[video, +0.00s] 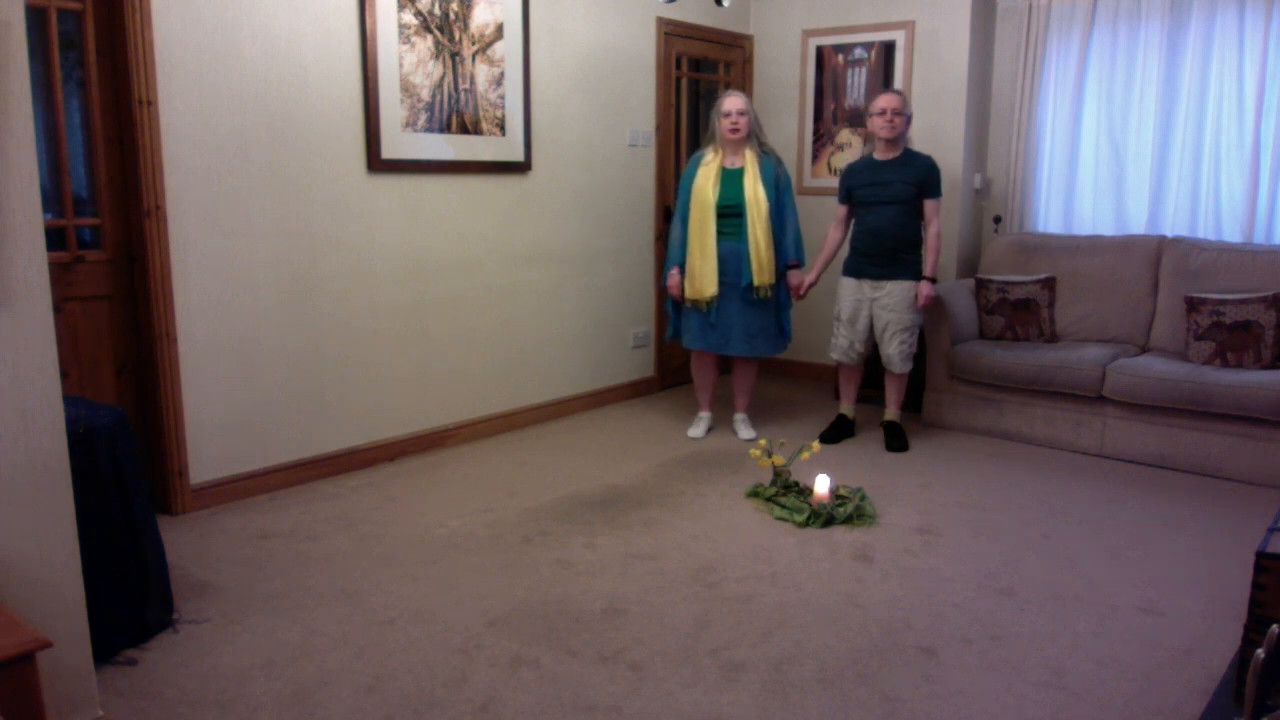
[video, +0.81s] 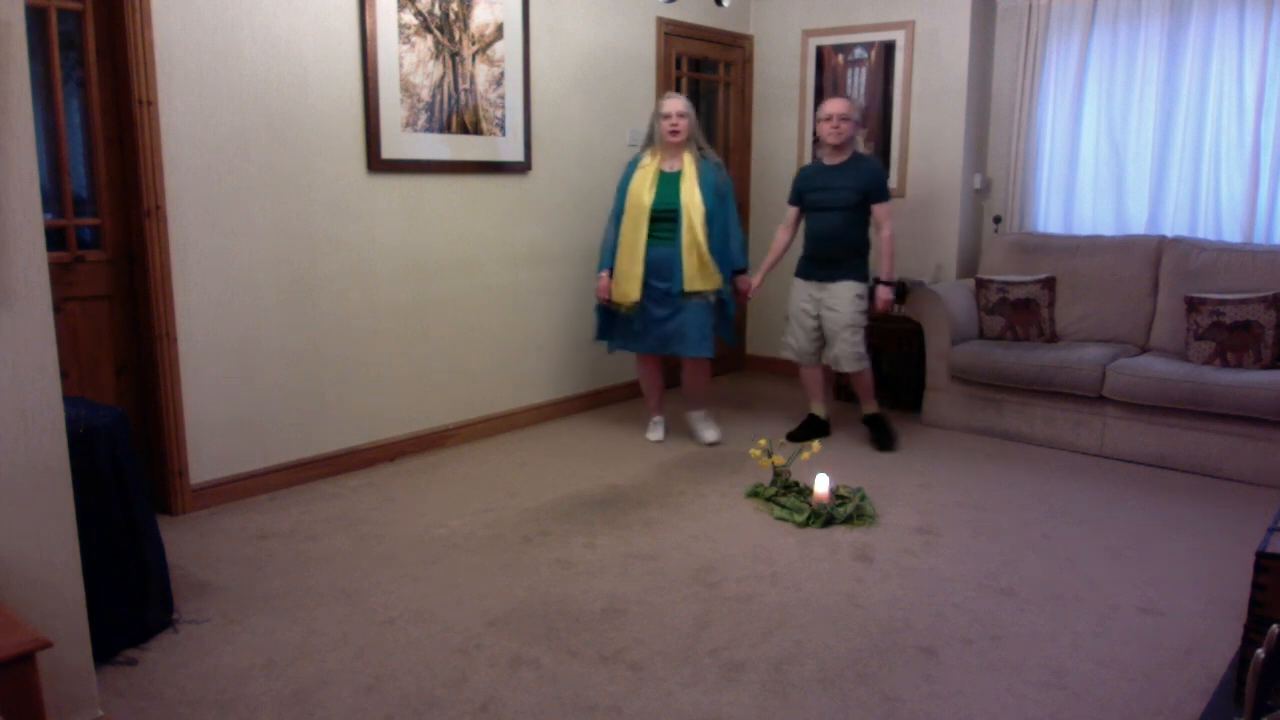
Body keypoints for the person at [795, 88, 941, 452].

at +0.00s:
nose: (889, 119)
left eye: (896, 113)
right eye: (881, 113)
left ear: (907, 121)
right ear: (868, 122)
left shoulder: (923, 167)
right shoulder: (854, 172)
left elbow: (932, 226)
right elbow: (839, 227)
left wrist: (928, 277)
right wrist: (814, 273)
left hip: (902, 279)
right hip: (857, 277)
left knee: (897, 355)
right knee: (848, 349)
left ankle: (892, 419)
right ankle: (845, 416)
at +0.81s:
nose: (834, 125)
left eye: (843, 120)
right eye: (827, 119)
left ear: (855, 127)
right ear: (816, 127)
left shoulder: (869, 171)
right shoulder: (806, 176)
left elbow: (884, 228)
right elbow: (786, 229)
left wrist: (885, 281)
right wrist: (759, 275)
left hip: (848, 280)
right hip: (807, 278)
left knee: (850, 354)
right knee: (806, 351)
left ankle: (871, 415)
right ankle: (817, 417)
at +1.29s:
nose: (793, 125)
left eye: (802, 119)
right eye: (786, 119)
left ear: (815, 127)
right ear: (776, 126)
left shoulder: (830, 173)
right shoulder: (765, 179)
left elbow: (844, 229)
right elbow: (748, 234)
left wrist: (844, 284)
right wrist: (726, 279)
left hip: (810, 283)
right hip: (772, 282)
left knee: (785, 357)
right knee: (788, 356)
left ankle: (763, 430)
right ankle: (816, 416)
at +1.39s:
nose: (787, 124)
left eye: (796, 118)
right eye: (781, 118)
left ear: (808, 126)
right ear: (770, 124)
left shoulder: (822, 173)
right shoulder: (757, 177)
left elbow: (836, 231)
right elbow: (739, 232)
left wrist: (835, 286)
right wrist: (720, 277)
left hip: (800, 283)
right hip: (762, 283)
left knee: (780, 359)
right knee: (775, 357)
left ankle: (763, 431)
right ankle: (809, 409)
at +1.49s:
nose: (782, 122)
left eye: (790, 116)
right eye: (775, 116)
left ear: (802, 124)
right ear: (764, 123)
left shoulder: (817, 172)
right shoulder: (749, 175)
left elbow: (827, 231)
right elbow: (731, 230)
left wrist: (825, 286)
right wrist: (715, 275)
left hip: (792, 285)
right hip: (750, 284)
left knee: (778, 361)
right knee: (751, 360)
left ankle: (763, 428)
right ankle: (789, 398)